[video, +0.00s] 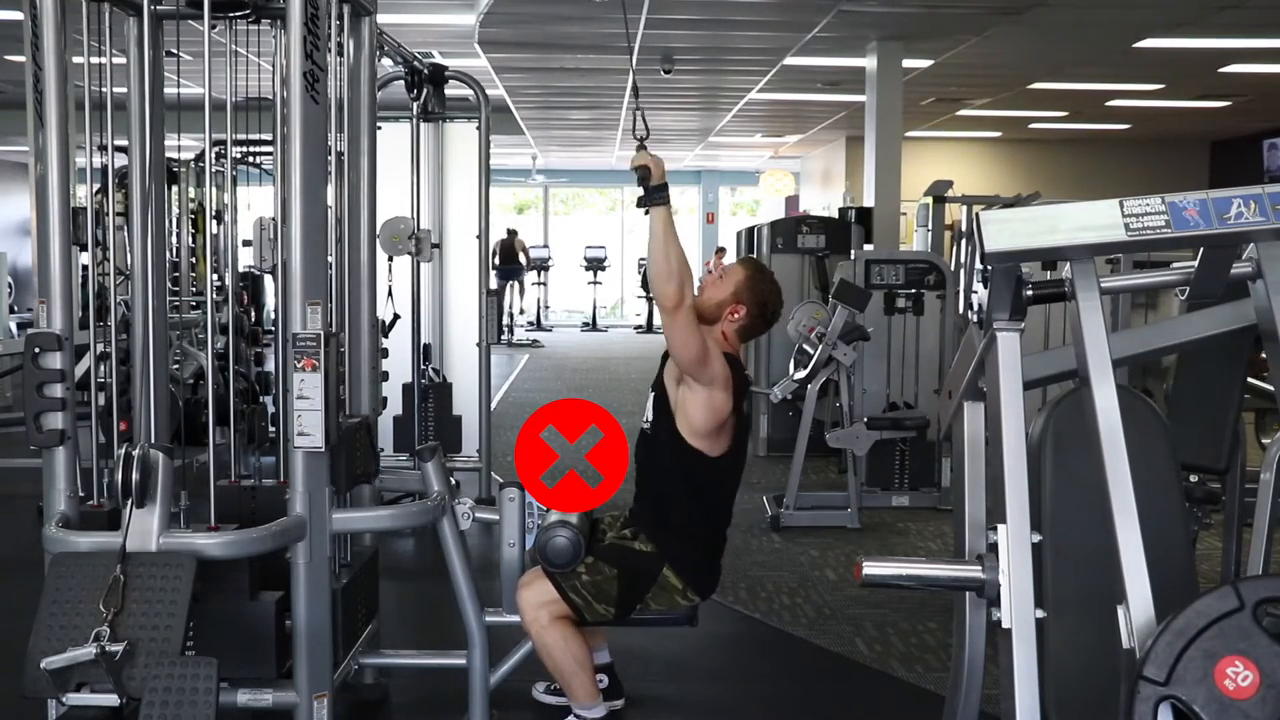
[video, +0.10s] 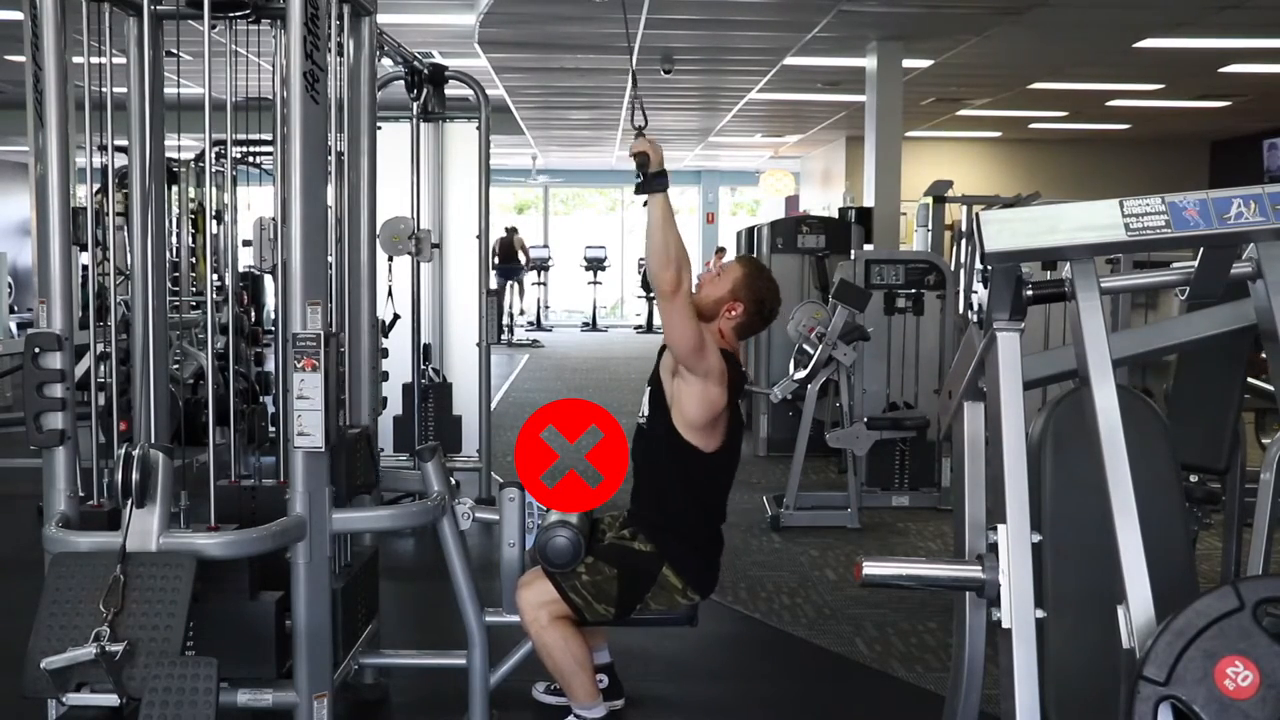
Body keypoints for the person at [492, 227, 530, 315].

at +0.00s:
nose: (515, 238)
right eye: (516, 236)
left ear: (507, 234)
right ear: (516, 235)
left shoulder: (499, 243)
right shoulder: (519, 242)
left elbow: (493, 256)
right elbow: (528, 257)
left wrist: (493, 266)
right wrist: (527, 267)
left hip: (503, 269)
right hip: (517, 269)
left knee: (500, 293)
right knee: (521, 284)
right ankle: (521, 306)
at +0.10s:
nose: (516, 236)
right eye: (516, 234)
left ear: (507, 232)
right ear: (516, 233)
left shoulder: (498, 241)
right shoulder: (518, 240)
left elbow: (493, 255)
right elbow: (527, 256)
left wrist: (493, 266)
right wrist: (527, 267)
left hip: (502, 268)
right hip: (516, 268)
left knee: (500, 292)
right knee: (520, 283)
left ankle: (499, 317)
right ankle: (521, 306)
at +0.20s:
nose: (518, 233)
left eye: (517, 231)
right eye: (517, 231)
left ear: (508, 230)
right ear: (516, 230)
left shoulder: (498, 239)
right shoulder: (518, 237)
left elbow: (493, 254)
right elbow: (525, 253)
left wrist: (493, 265)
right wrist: (526, 265)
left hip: (501, 268)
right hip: (515, 267)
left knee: (500, 293)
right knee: (521, 284)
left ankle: (499, 316)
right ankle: (522, 306)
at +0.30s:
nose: (518, 232)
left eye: (517, 230)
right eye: (518, 230)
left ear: (508, 228)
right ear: (516, 229)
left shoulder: (498, 238)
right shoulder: (517, 237)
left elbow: (493, 252)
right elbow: (525, 253)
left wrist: (493, 263)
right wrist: (526, 264)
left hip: (501, 267)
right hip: (515, 267)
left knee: (500, 293)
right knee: (522, 283)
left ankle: (499, 319)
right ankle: (522, 305)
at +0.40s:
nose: (519, 232)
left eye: (518, 230)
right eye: (518, 230)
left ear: (508, 229)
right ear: (517, 229)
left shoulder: (499, 238)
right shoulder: (517, 237)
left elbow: (493, 252)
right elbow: (525, 253)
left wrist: (493, 263)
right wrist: (525, 265)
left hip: (500, 267)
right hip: (514, 267)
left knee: (500, 294)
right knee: (521, 282)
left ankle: (498, 322)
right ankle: (522, 304)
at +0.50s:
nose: (519, 232)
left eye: (518, 230)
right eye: (519, 230)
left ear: (509, 228)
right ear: (517, 229)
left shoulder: (499, 239)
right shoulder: (517, 237)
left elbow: (493, 252)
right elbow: (525, 253)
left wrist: (493, 264)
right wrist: (526, 265)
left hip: (500, 269)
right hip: (513, 268)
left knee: (499, 297)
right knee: (521, 284)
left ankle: (499, 324)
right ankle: (523, 303)